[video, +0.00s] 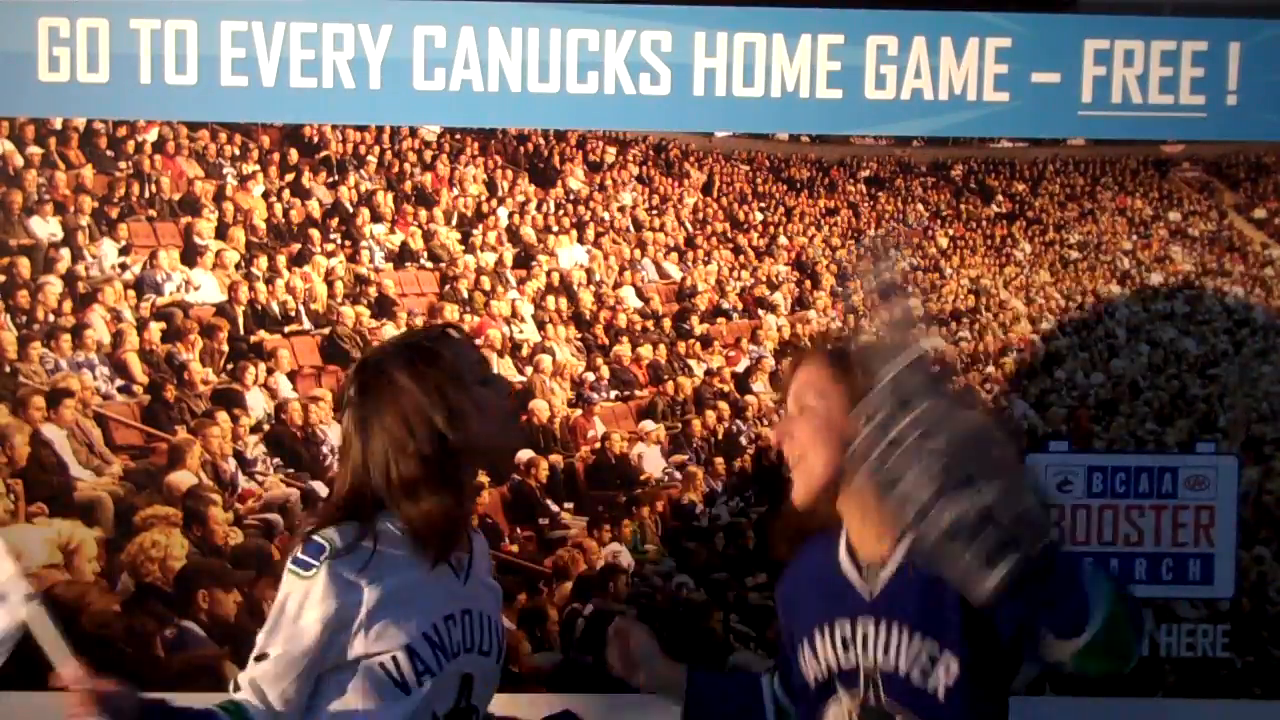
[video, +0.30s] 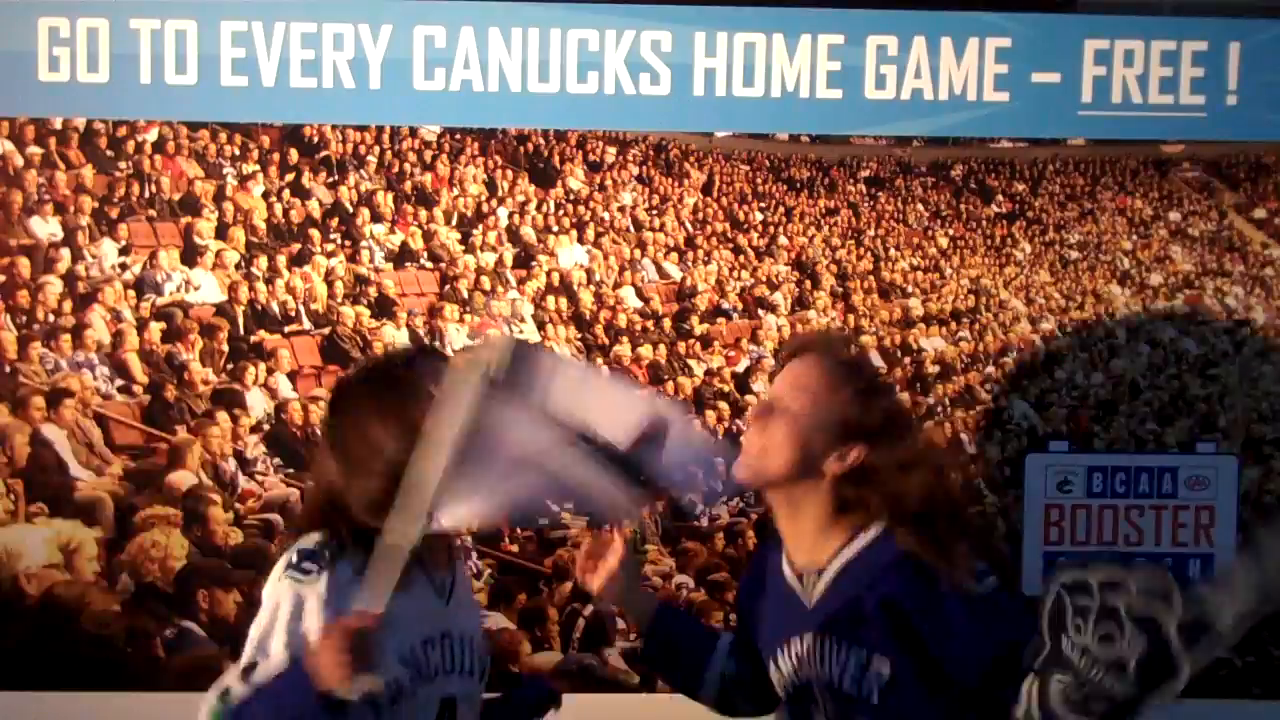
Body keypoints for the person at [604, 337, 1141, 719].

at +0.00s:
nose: (776, 435)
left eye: (800, 410)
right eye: (783, 412)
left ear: (876, 427)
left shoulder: (978, 569)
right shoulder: (805, 579)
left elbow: (1117, 652)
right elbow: (795, 705)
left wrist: (1032, 558)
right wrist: (670, 679)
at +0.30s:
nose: (749, 416)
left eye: (776, 409)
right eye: (762, 403)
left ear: (843, 457)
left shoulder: (921, 590)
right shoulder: (770, 571)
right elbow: (752, 694)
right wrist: (637, 604)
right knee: (569, 710)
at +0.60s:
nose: (720, 439)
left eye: (751, 425)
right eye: (726, 424)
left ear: (813, 460)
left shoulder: (904, 586)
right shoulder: (773, 601)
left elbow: (983, 701)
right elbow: (794, 713)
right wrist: (674, 708)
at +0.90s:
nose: (804, 392)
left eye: (830, 379)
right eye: (793, 386)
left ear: (891, 409)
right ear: (784, 429)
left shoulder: (962, 539)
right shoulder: (790, 552)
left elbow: (1076, 688)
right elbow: (780, 666)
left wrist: (1068, 590)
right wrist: (666, 624)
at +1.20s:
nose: (871, 420)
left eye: (902, 403)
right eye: (871, 406)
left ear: (970, 432)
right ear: (864, 422)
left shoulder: (1030, 572)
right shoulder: (843, 540)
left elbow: (1057, 709)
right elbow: (778, 676)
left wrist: (1086, 646)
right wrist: (652, 652)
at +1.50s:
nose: (884, 441)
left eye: (912, 420)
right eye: (894, 423)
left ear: (980, 445)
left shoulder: (1067, 584)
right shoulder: (881, 567)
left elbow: (1115, 710)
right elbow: (817, 697)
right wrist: (701, 710)